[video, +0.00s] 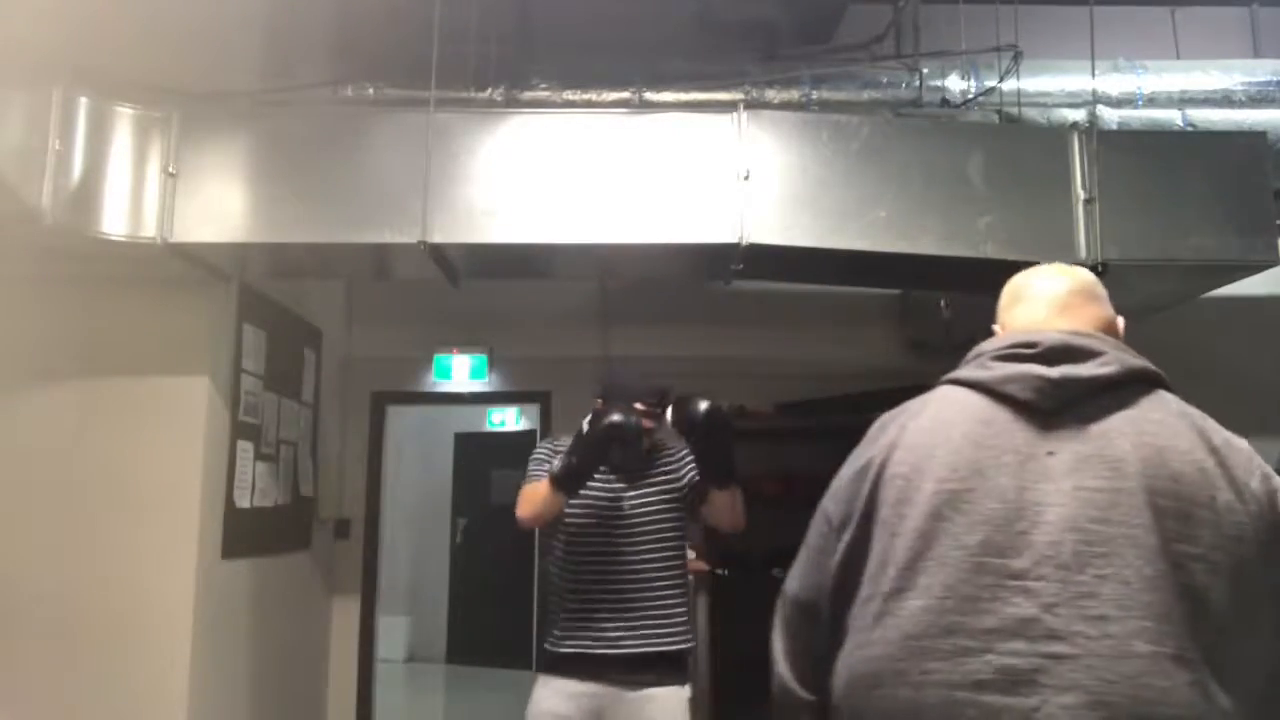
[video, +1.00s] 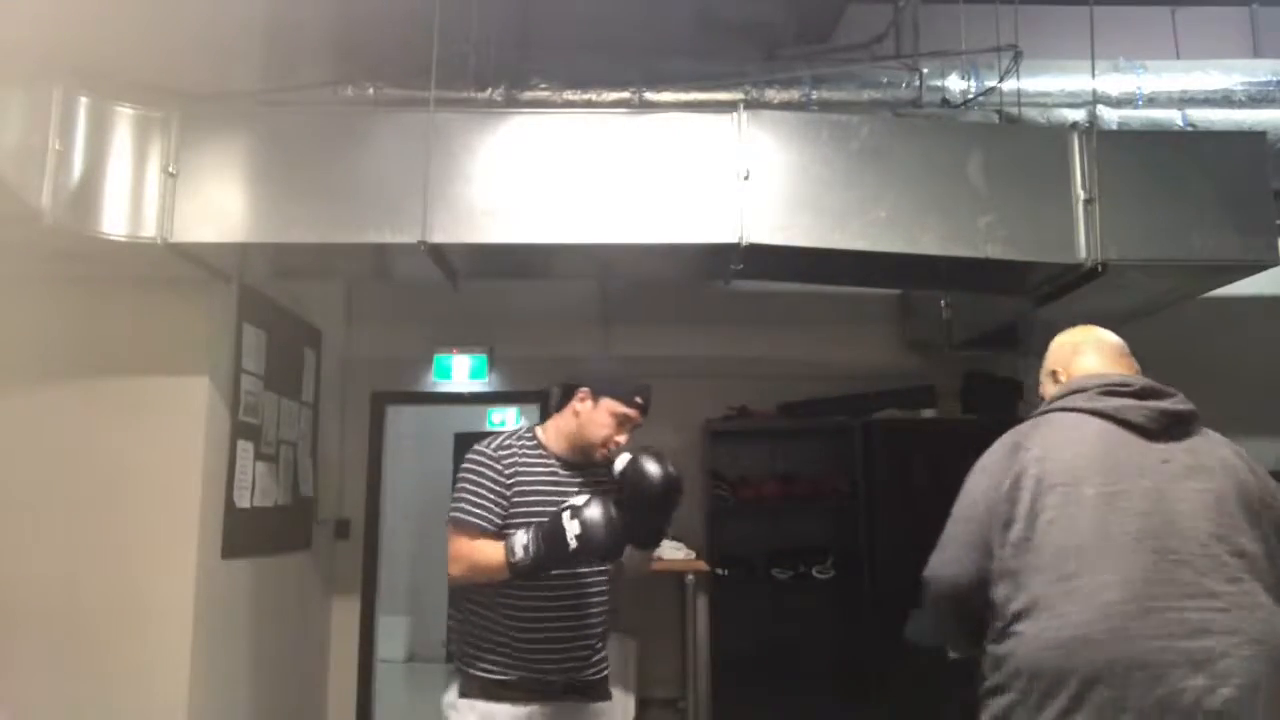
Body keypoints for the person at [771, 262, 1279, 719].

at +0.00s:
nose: (1120, 325)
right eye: (1119, 323)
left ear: (994, 336)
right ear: (1118, 331)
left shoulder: (897, 437)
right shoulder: (1223, 457)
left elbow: (801, 629)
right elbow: (1261, 654)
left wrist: (804, 709)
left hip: (905, 702)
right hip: (1154, 704)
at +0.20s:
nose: (1112, 349)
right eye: (1114, 346)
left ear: (998, 360)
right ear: (1112, 353)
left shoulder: (915, 460)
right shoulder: (1221, 466)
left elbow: (835, 649)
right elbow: (1267, 634)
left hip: (943, 706)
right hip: (1187, 706)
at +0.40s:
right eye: (1082, 358)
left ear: (978, 381)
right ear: (1082, 360)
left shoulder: (919, 476)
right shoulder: (1204, 457)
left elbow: (860, 667)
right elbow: (1276, 602)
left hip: (962, 705)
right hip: (1191, 702)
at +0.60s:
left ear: (1006, 372)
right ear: (1107, 356)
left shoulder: (939, 464)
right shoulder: (1213, 451)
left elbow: (880, 629)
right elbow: (1275, 591)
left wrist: (889, 709)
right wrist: (1262, 693)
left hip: (980, 703)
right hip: (1194, 700)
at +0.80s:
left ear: (1036, 386)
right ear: (1131, 373)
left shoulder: (981, 463)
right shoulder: (1235, 465)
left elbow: (904, 602)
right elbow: (1272, 591)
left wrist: (927, 691)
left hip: (1012, 699)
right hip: (1223, 696)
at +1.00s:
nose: (1040, 395)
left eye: (1042, 385)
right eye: (1041, 385)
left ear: (1054, 380)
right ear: (1137, 374)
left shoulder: (1017, 450)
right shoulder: (1232, 457)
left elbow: (950, 579)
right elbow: (1273, 565)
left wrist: (969, 648)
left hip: (1055, 690)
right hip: (1237, 688)